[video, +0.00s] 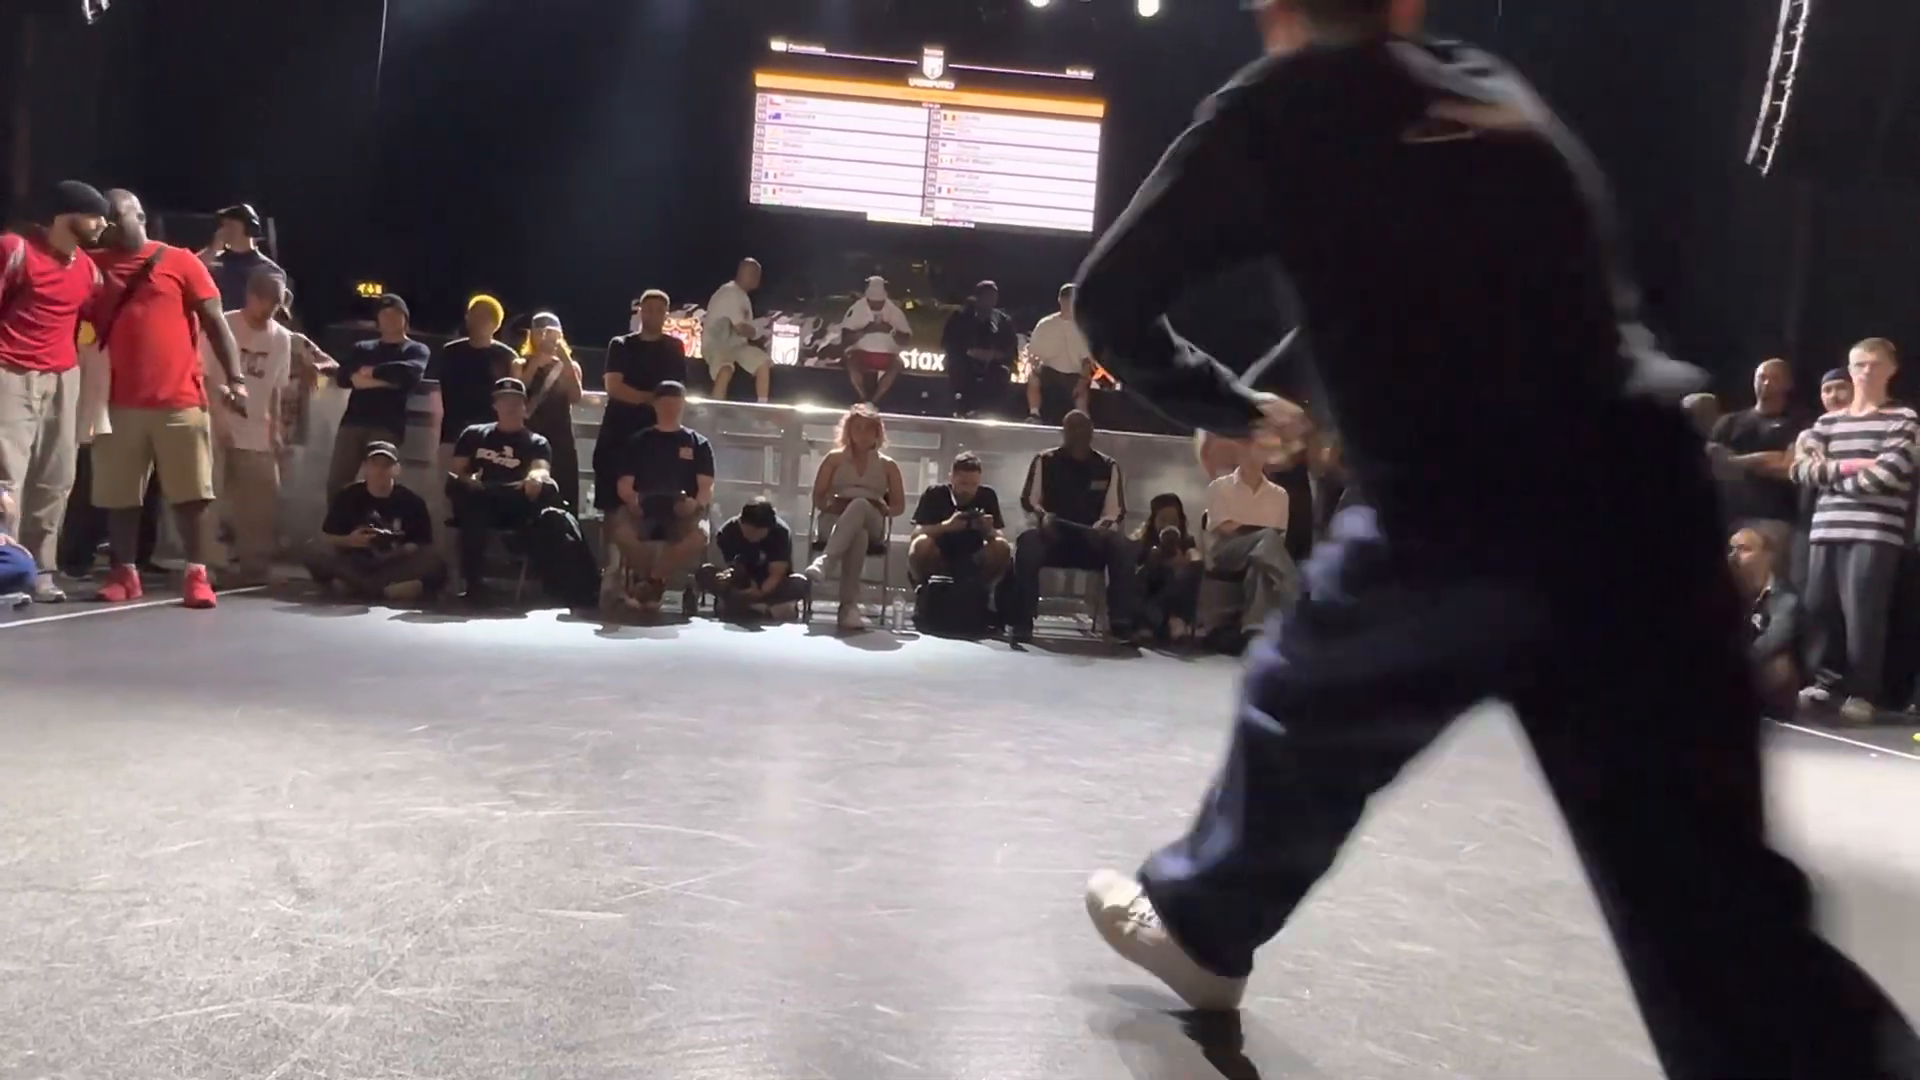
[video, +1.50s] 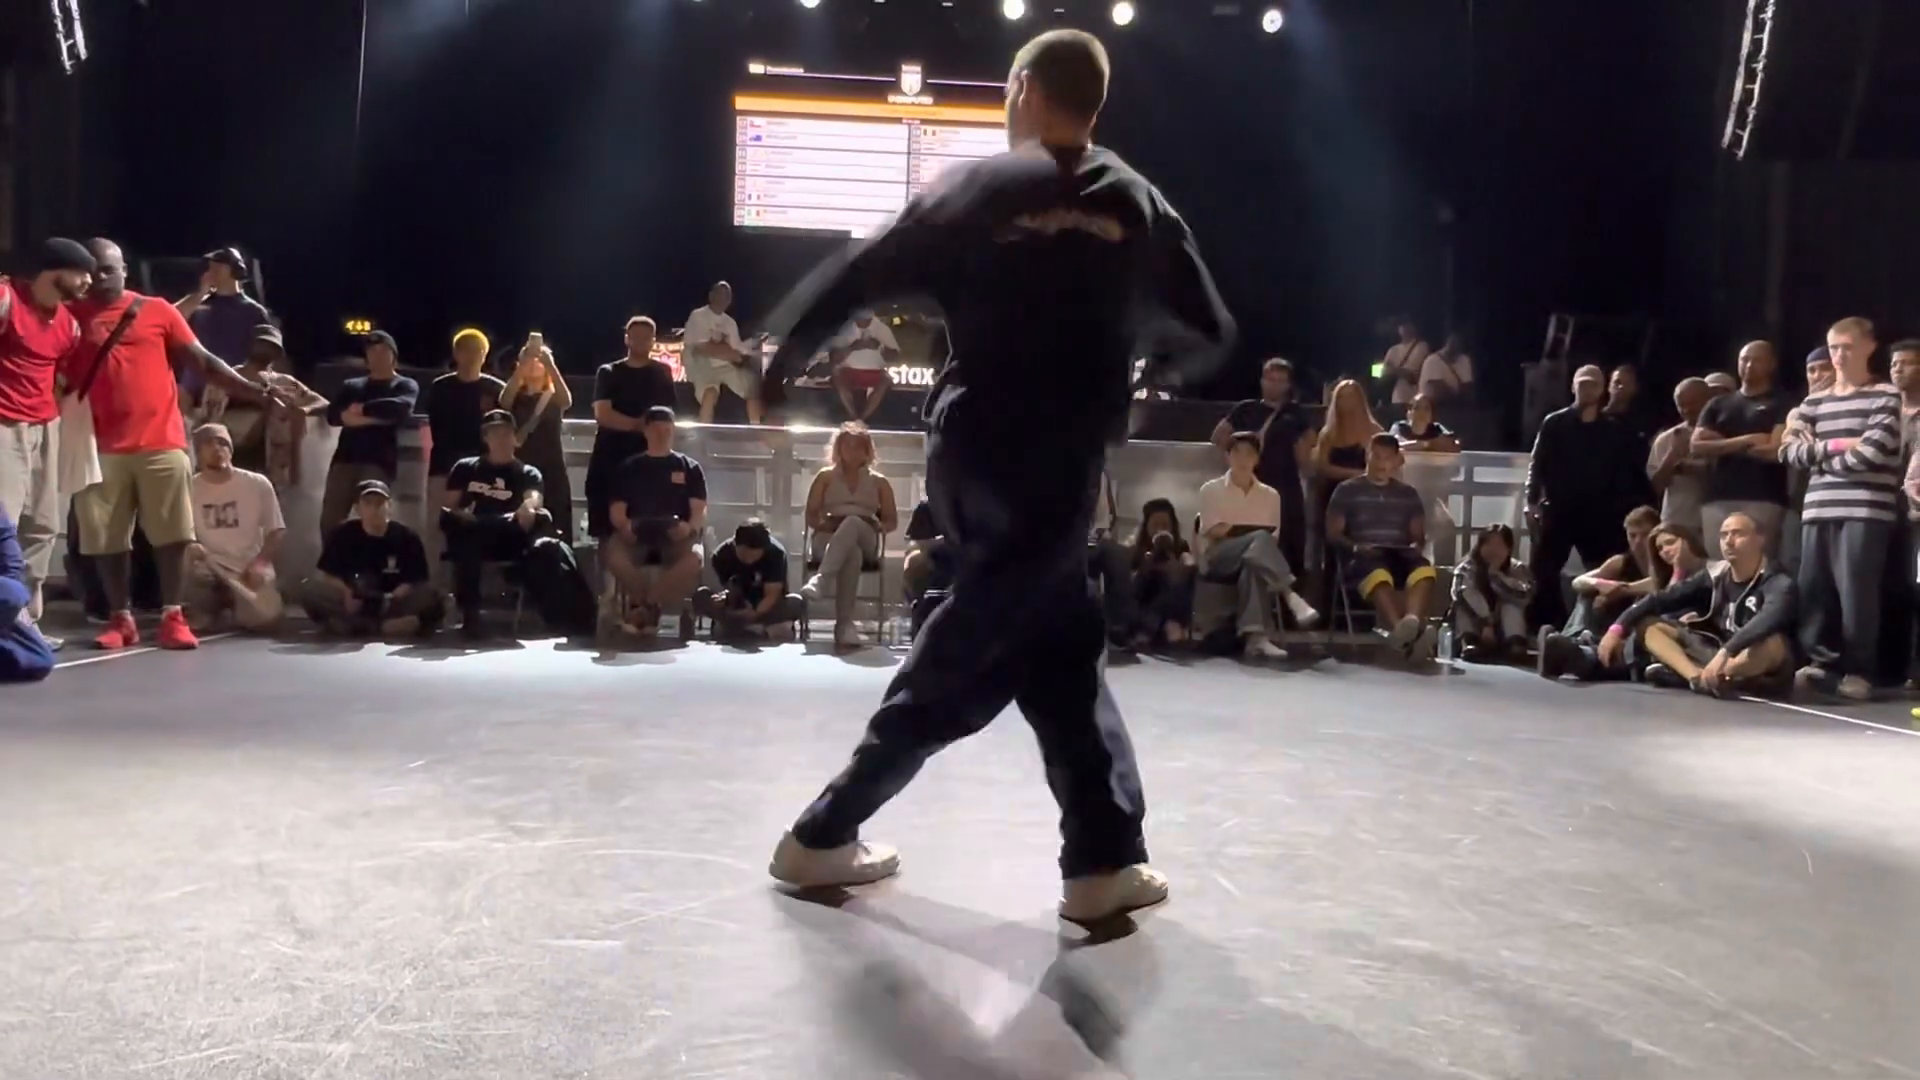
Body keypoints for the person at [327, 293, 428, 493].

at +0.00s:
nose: (391, 319)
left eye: (396, 314)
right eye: (386, 314)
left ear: (405, 319)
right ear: (378, 320)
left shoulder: (417, 350)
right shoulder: (363, 347)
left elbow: (410, 375)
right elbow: (342, 378)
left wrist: (369, 371)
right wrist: (386, 382)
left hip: (387, 424)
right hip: (354, 421)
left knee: (378, 487)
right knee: (337, 483)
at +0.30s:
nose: (378, 323)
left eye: (383, 318)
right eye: (374, 318)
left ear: (394, 323)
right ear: (368, 324)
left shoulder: (407, 353)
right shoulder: (353, 352)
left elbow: (400, 379)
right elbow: (332, 383)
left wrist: (360, 376)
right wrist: (376, 386)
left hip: (378, 429)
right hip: (344, 426)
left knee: (372, 491)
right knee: (328, 487)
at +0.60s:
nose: (376, 335)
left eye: (381, 330)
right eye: (371, 330)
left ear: (392, 336)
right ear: (365, 337)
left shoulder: (404, 365)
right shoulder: (349, 364)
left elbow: (398, 388)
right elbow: (330, 395)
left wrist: (358, 387)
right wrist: (374, 397)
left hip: (375, 444)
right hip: (342, 441)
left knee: (371, 506)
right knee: (326, 502)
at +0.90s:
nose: (370, 329)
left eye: (374, 324)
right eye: (365, 325)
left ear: (384, 329)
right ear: (358, 331)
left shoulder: (397, 358)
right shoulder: (342, 358)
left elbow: (393, 383)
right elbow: (324, 390)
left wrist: (354, 382)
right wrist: (366, 392)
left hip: (370, 436)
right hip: (337, 434)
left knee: (364, 497)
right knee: (321, 495)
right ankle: (322, 547)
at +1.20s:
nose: (376, 352)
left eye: (382, 346)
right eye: (372, 347)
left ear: (393, 351)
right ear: (366, 352)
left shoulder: (406, 380)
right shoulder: (351, 380)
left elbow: (401, 405)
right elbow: (332, 411)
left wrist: (361, 404)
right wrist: (373, 413)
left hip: (378, 456)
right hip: (346, 453)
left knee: (371, 517)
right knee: (330, 516)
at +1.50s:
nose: (376, 356)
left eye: (382, 351)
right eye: (372, 351)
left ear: (393, 356)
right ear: (366, 357)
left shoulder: (406, 385)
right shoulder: (352, 385)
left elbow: (401, 410)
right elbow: (333, 416)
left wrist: (361, 409)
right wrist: (376, 419)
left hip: (378, 462)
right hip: (346, 459)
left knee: (372, 522)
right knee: (330, 521)